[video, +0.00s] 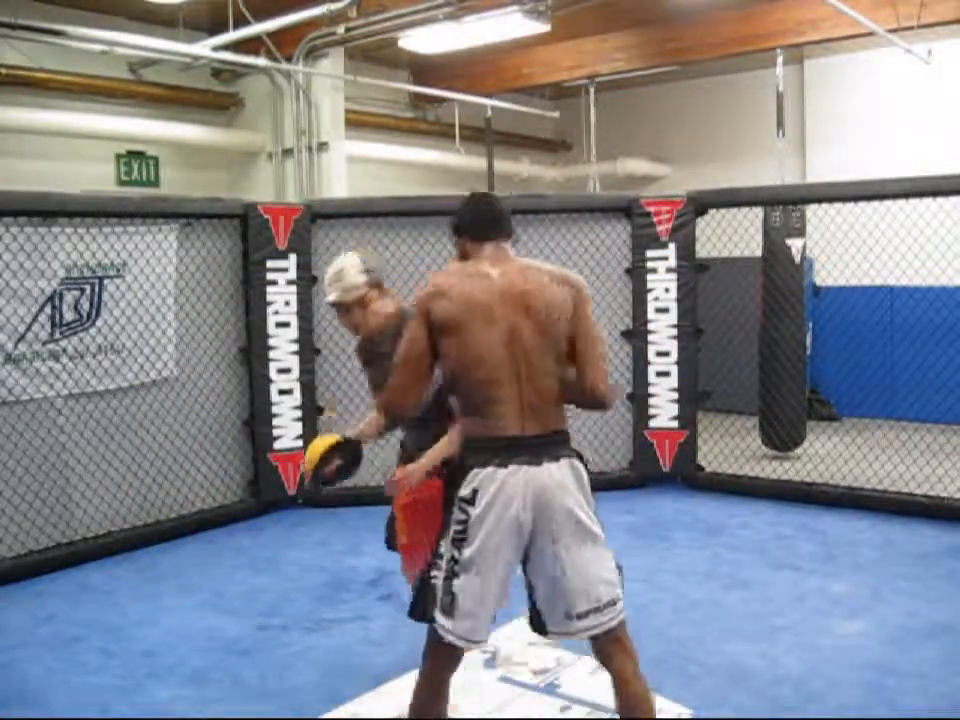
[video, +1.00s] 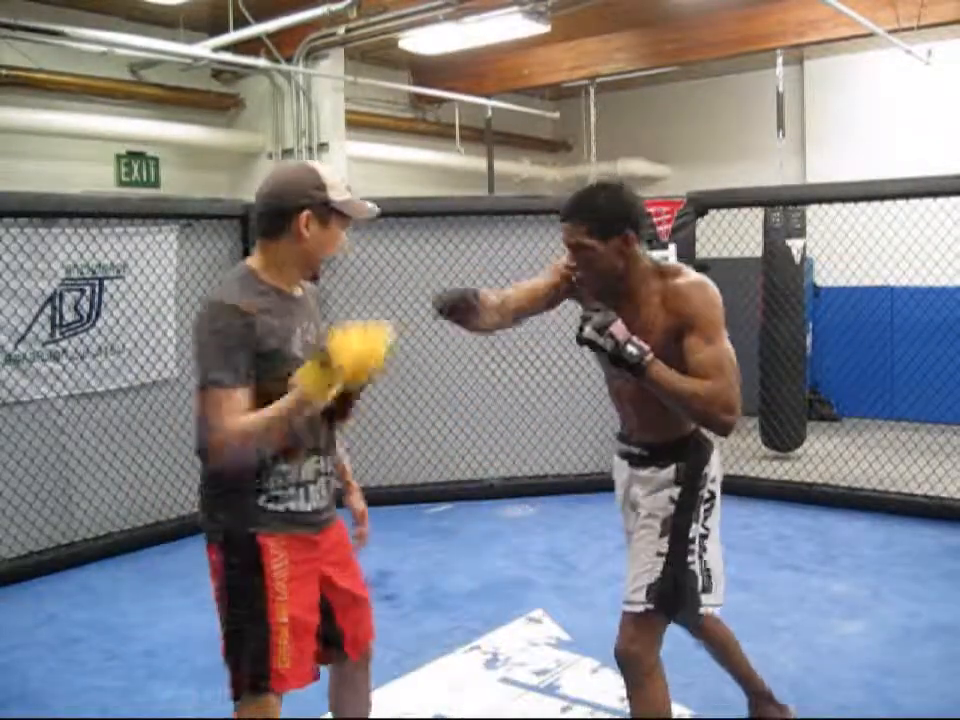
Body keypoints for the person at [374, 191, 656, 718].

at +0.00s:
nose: (456, 251)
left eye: (455, 244)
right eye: (460, 245)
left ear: (460, 241)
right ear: (510, 237)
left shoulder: (439, 292)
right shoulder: (566, 286)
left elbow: (401, 401)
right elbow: (598, 392)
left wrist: (452, 388)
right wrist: (540, 380)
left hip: (489, 484)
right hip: (563, 478)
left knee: (441, 657)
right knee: (616, 645)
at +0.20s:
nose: (516, 271)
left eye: (516, 260)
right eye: (514, 261)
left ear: (531, 255)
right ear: (573, 248)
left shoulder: (518, 304)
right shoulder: (638, 299)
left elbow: (418, 357)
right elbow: (676, 409)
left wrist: (435, 326)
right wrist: (616, 379)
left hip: (576, 499)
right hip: (646, 492)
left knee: (501, 651)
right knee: (680, 643)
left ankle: (460, 712)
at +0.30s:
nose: (532, 254)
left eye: (535, 242)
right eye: (531, 243)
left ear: (558, 237)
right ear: (591, 232)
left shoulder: (556, 276)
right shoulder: (666, 281)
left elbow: (455, 322)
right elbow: (693, 386)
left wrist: (410, 302)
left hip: (620, 479)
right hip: (682, 473)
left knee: (541, 633)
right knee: (685, 643)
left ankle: (519, 711)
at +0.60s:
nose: (594, 271)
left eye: (603, 262)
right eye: (595, 260)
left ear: (639, 270)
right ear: (655, 270)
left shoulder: (620, 323)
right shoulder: (709, 313)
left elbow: (510, 363)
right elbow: (723, 397)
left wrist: (456, 323)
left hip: (700, 509)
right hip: (739, 489)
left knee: (589, 659)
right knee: (732, 613)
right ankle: (773, 710)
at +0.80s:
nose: (580, 261)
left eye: (593, 252)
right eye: (580, 249)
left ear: (634, 253)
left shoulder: (687, 313)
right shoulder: (614, 305)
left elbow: (701, 407)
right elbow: (569, 341)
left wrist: (616, 366)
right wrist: (536, 326)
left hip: (695, 481)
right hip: (666, 477)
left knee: (625, 652)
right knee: (709, 609)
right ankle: (769, 711)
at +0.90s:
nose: (576, 260)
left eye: (589, 249)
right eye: (576, 246)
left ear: (632, 250)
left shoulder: (688, 302)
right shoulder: (589, 278)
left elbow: (729, 411)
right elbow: (493, 298)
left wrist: (639, 355)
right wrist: (447, 284)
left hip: (694, 473)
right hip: (646, 468)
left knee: (636, 651)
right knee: (702, 609)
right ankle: (776, 709)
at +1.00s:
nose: (569, 261)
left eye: (581, 249)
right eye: (568, 248)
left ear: (626, 244)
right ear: (616, 243)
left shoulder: (690, 295)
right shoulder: (581, 277)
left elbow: (723, 411)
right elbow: (509, 305)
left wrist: (638, 358)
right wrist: (472, 310)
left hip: (681, 472)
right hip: (633, 468)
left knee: (636, 651)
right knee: (687, 609)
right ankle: (765, 702)